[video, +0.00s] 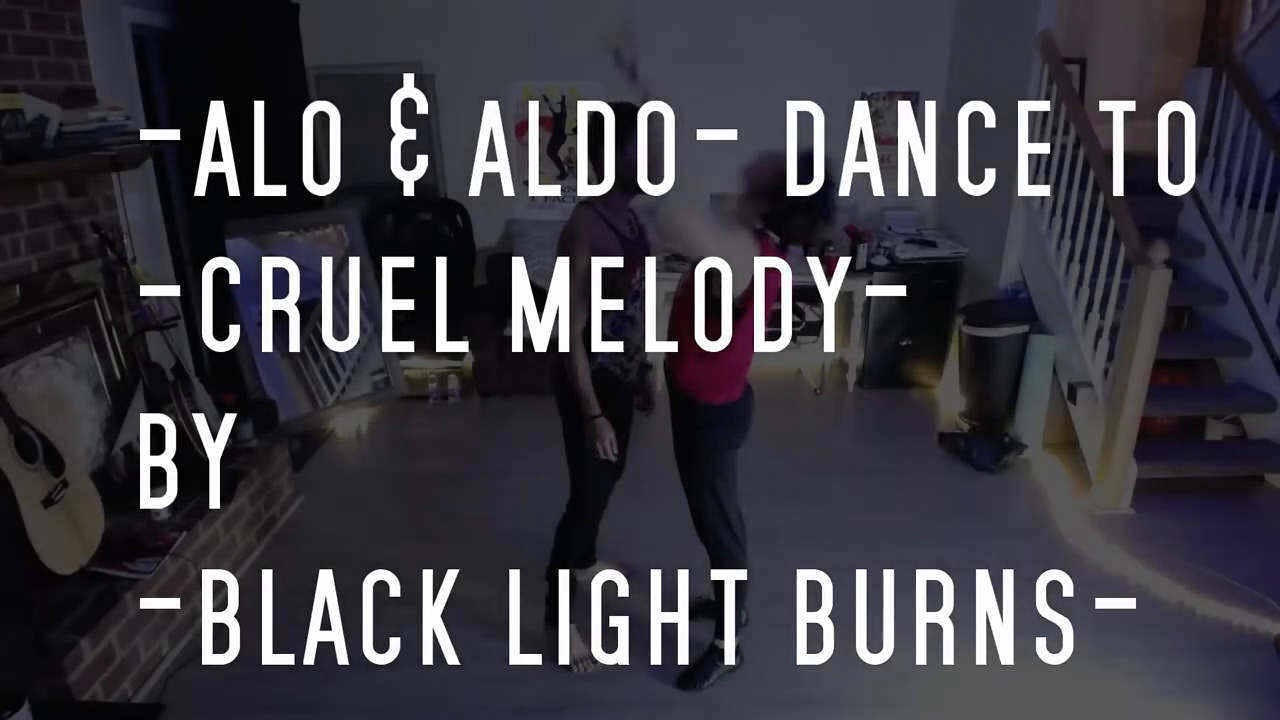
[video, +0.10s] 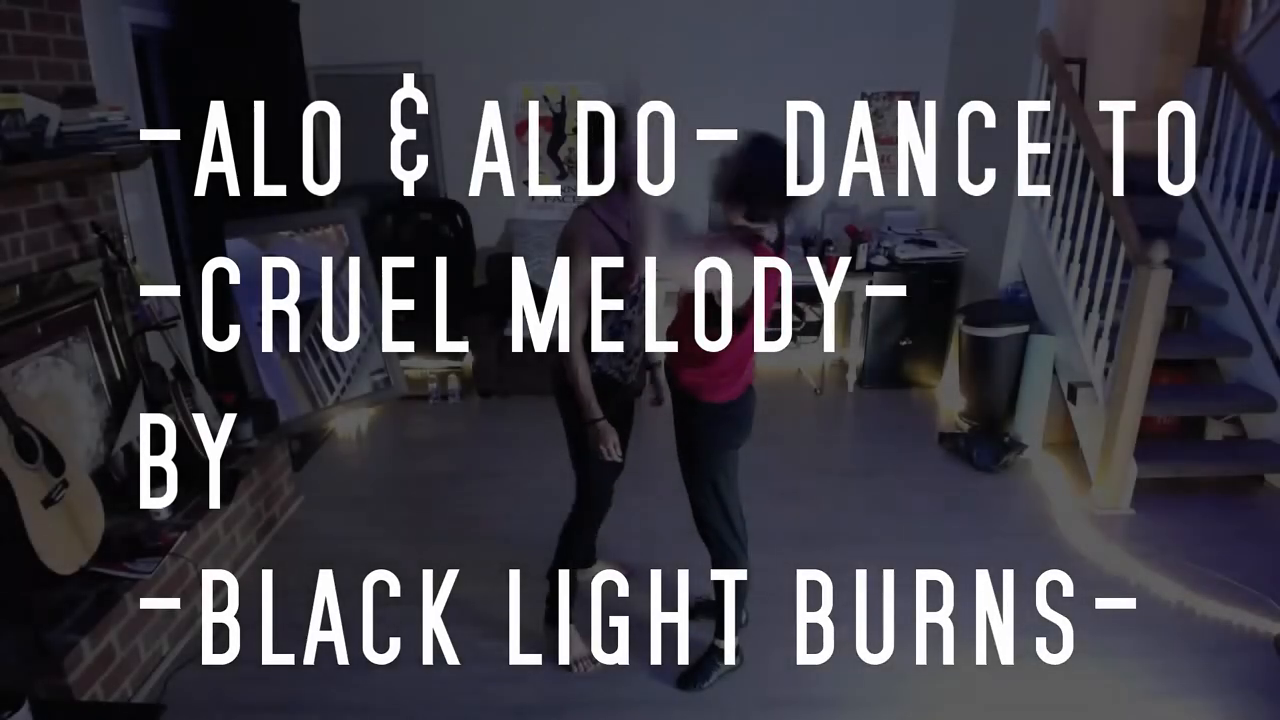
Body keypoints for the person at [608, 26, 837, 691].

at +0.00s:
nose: (748, 175)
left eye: (759, 177)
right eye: (756, 171)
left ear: (765, 202)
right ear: (771, 203)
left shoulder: (738, 253)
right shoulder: (750, 240)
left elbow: (668, 219)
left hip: (709, 405)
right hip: (712, 397)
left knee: (716, 520)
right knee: (716, 513)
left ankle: (729, 642)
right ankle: (729, 623)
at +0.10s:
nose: (715, 191)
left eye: (723, 184)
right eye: (720, 184)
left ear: (733, 191)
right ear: (770, 197)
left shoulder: (723, 258)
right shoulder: (762, 254)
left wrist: (649, 219)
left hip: (709, 405)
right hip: (723, 397)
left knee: (716, 518)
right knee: (719, 508)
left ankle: (727, 641)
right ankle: (731, 604)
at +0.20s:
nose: (701, 189)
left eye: (708, 183)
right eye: (705, 181)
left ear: (720, 190)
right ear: (757, 190)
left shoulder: (735, 260)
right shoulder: (748, 244)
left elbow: (653, 272)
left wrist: (635, 191)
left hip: (712, 408)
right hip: (717, 400)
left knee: (717, 519)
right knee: (718, 509)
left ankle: (727, 643)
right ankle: (727, 602)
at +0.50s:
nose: (671, 183)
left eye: (676, 173)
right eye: (673, 172)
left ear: (693, 180)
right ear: (732, 176)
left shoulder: (714, 251)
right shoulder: (750, 222)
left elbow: (664, 329)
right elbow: (690, 244)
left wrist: (626, 288)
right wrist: (633, 236)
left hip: (712, 410)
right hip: (734, 397)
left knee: (717, 521)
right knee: (723, 507)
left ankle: (728, 645)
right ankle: (734, 599)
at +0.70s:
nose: (660, 172)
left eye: (667, 161)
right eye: (666, 160)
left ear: (685, 171)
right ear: (719, 168)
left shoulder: (695, 243)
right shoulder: (732, 221)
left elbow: (699, 339)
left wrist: (629, 346)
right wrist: (642, 256)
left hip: (713, 407)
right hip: (733, 397)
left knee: (720, 522)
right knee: (726, 510)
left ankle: (727, 645)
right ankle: (735, 602)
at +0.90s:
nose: (656, 160)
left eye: (668, 152)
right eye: (661, 148)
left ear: (693, 166)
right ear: (710, 169)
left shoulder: (697, 246)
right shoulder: (719, 218)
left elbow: (726, 344)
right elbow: (685, 296)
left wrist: (686, 412)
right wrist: (638, 262)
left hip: (711, 409)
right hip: (720, 396)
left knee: (715, 523)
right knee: (720, 508)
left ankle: (728, 644)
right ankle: (730, 598)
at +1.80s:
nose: (701, 195)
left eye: (717, 184)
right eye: (693, 179)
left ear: (740, 186)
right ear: (679, 176)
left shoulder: (744, 234)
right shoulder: (683, 249)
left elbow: (786, 313)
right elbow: (664, 316)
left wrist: (749, 363)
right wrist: (611, 298)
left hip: (731, 421)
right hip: (685, 414)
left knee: (694, 553)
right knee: (680, 514)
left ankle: (725, 648)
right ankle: (686, 584)